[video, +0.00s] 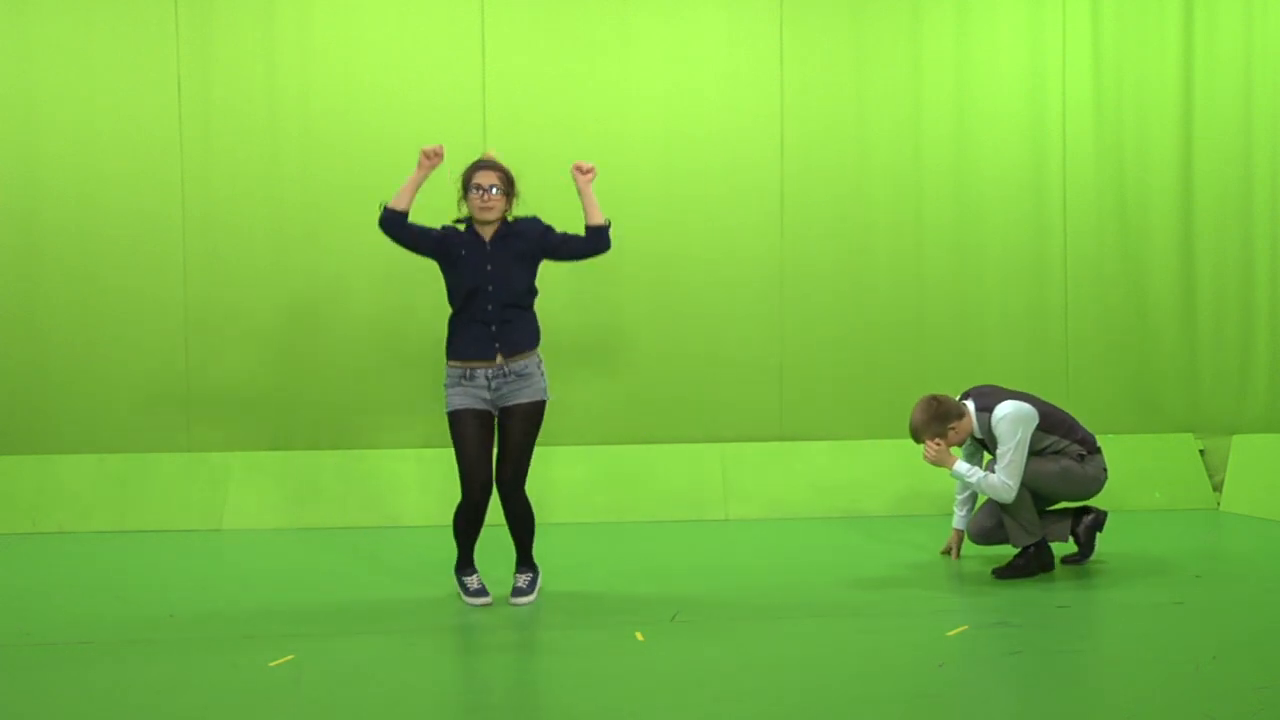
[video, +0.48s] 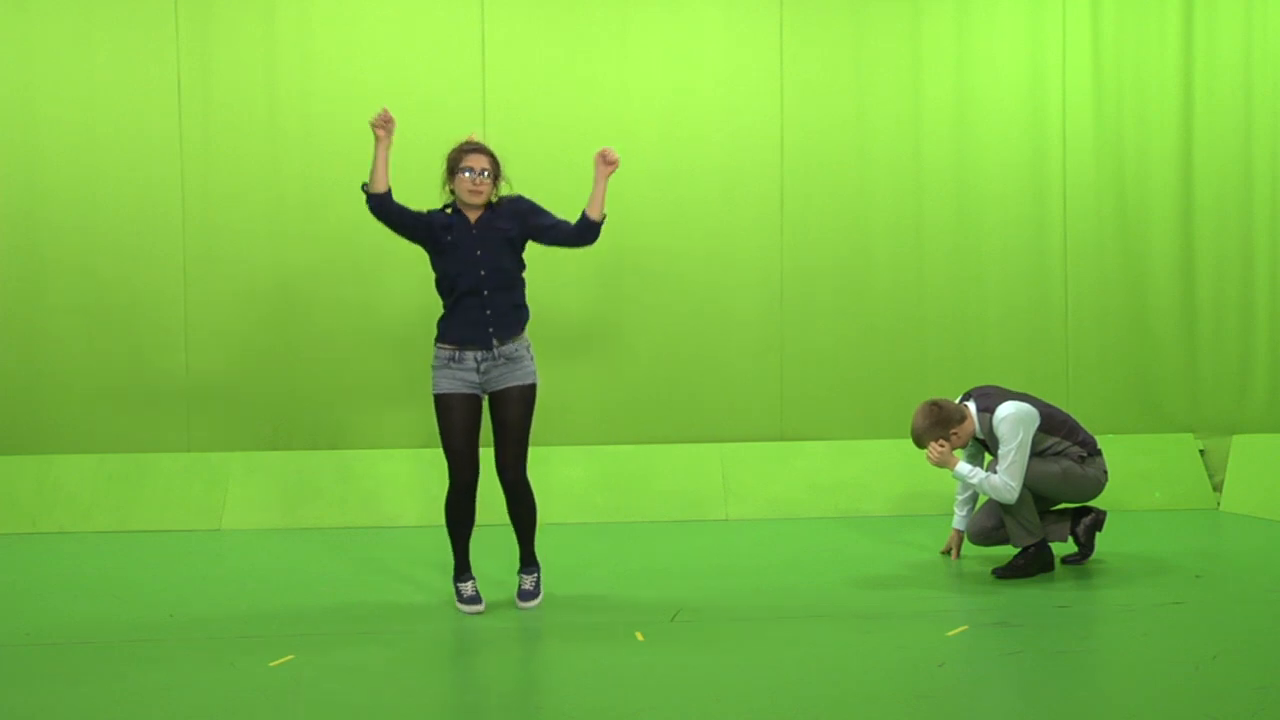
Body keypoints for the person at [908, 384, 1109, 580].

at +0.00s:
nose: (944, 449)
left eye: (940, 444)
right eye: (936, 446)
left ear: (954, 430)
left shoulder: (1009, 416)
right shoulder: (967, 410)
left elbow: (1006, 491)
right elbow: (968, 474)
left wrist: (952, 463)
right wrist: (958, 529)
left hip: (1085, 470)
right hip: (1052, 473)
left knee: (999, 467)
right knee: (981, 529)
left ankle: (1036, 551)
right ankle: (1078, 520)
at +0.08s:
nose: (945, 450)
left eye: (941, 444)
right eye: (937, 446)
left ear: (954, 431)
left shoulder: (1009, 416)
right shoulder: (968, 410)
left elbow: (1006, 491)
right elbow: (969, 474)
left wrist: (953, 463)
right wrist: (958, 529)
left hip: (1085, 471)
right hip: (1051, 474)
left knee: (999, 467)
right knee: (981, 529)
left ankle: (1036, 551)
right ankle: (1078, 520)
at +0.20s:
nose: (945, 450)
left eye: (941, 445)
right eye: (936, 447)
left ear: (954, 432)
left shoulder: (1010, 416)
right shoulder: (967, 410)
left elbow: (1007, 490)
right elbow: (969, 474)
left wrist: (954, 463)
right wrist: (958, 528)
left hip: (1085, 472)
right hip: (1051, 476)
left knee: (999, 467)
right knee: (980, 529)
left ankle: (1036, 551)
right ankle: (1076, 520)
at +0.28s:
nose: (945, 451)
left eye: (941, 446)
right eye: (937, 448)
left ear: (954, 433)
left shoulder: (1010, 416)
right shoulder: (968, 410)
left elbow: (1007, 490)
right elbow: (969, 474)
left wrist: (954, 463)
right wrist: (958, 529)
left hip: (1085, 472)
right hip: (1051, 477)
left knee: (1000, 467)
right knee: (980, 529)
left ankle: (1036, 551)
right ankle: (1076, 520)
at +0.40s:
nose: (947, 453)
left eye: (943, 448)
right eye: (939, 449)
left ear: (954, 434)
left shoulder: (1010, 416)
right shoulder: (968, 411)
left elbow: (1007, 490)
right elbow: (969, 474)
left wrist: (954, 464)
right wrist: (958, 528)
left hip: (1085, 472)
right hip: (1051, 477)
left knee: (999, 467)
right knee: (980, 530)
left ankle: (1036, 551)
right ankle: (1076, 520)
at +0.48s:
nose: (947, 453)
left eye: (943, 448)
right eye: (939, 450)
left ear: (954, 434)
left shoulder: (1011, 417)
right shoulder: (967, 411)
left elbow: (1007, 491)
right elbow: (969, 475)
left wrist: (954, 465)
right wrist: (958, 529)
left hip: (1085, 473)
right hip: (1050, 477)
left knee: (1000, 468)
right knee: (980, 530)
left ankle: (1036, 551)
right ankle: (1076, 520)